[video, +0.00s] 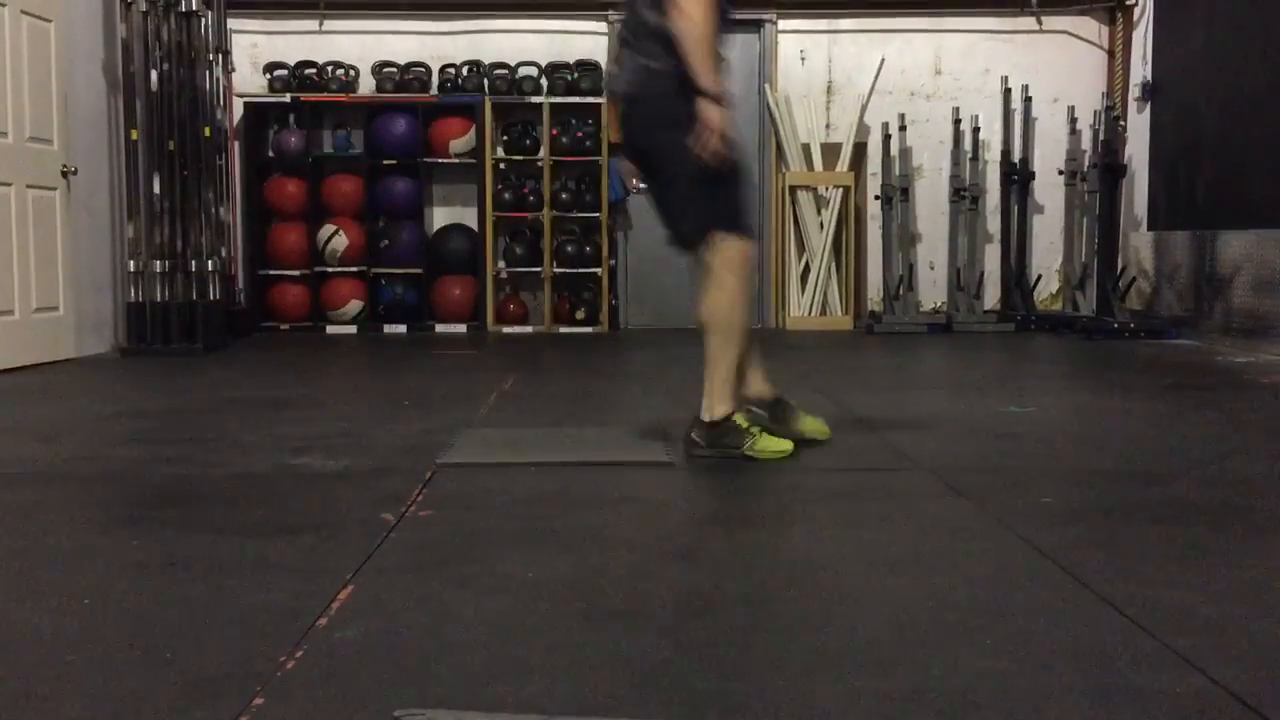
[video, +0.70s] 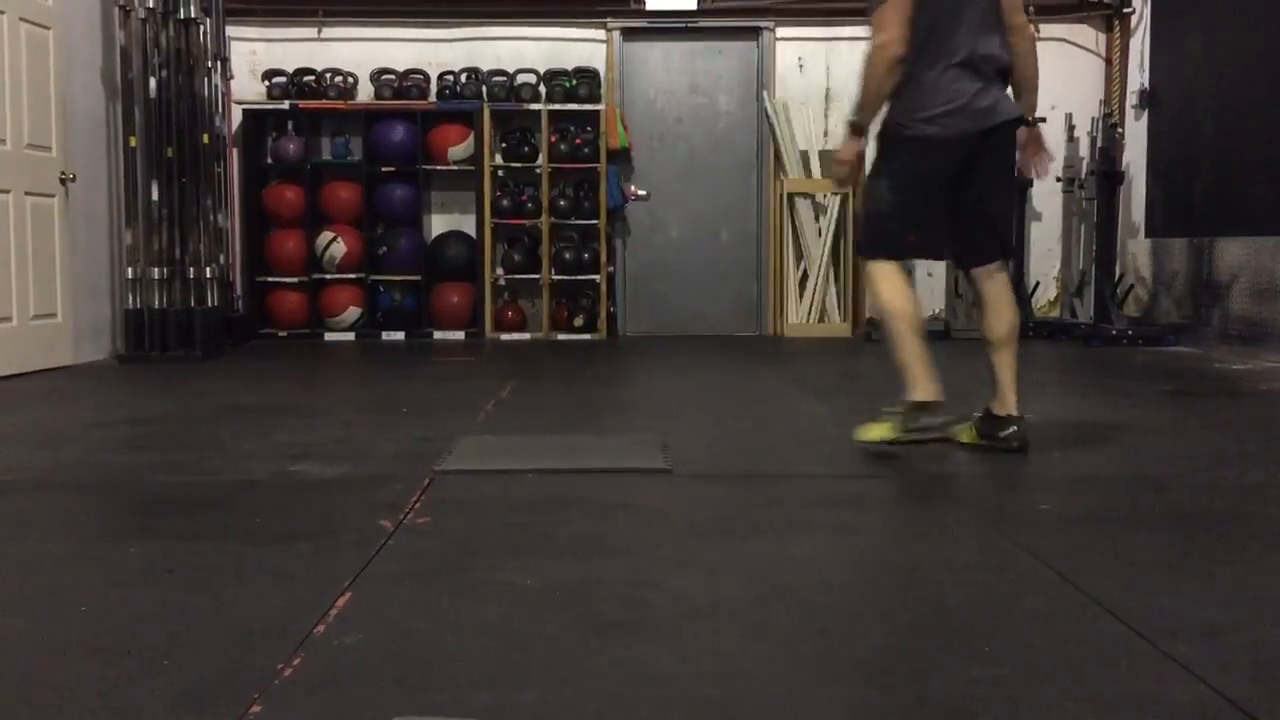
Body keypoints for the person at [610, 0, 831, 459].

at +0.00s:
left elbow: (635, 38)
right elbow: (688, 7)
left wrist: (624, 137)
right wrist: (711, 93)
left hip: (652, 100)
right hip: (674, 97)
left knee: (720, 253)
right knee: (732, 248)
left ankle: (757, 396)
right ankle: (716, 420)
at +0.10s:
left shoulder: (698, 10)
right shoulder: (747, 4)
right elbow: (762, 46)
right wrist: (801, 144)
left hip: (702, 139)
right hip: (736, 138)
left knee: (784, 272)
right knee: (814, 265)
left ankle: (775, 413)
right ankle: (735, 396)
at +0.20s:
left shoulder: (705, 5)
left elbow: (702, 64)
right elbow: (827, 35)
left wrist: (750, 113)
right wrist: (869, 127)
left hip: (739, 140)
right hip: (803, 128)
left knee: (795, 265)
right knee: (874, 249)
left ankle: (769, 406)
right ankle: (804, 362)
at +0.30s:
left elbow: (722, 45)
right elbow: (895, 17)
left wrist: (769, 90)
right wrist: (919, 87)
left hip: (779, 121)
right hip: (852, 113)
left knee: (789, 263)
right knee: (903, 242)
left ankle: (771, 401)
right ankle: (892, 378)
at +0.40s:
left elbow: (745, 41)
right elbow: (963, 9)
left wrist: (796, 87)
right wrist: (967, 71)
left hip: (815, 119)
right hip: (894, 114)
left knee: (804, 266)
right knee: (929, 258)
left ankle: (775, 401)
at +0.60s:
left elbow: (844, 67)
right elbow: (1023, 36)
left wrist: (809, 127)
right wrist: (1034, 115)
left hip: (892, 141)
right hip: (967, 137)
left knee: (849, 271)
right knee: (976, 276)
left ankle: (825, 407)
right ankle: (1002, 415)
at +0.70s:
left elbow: (891, 45)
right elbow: (1020, 31)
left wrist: (856, 131)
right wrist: (1028, 118)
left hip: (922, 127)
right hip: (993, 125)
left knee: (881, 255)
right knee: (989, 266)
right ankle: (1005, 413)